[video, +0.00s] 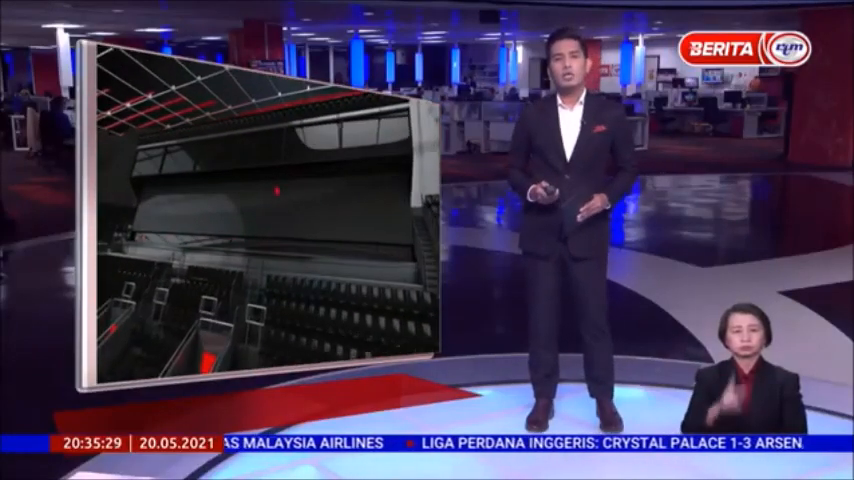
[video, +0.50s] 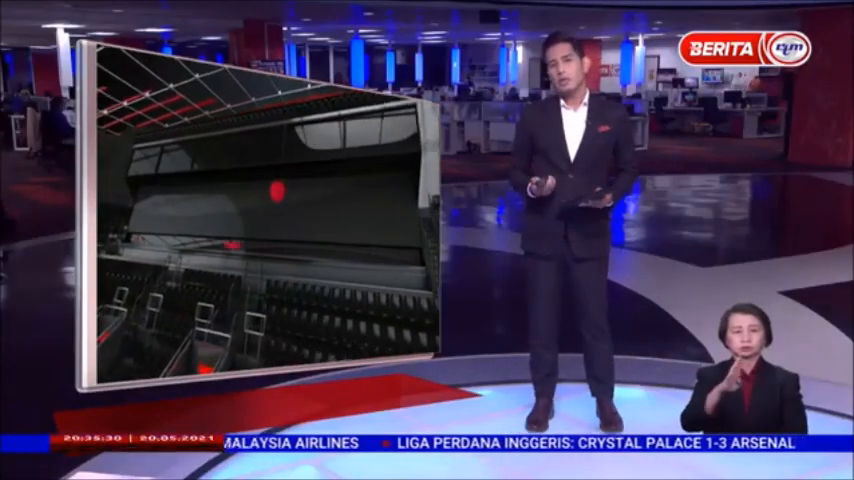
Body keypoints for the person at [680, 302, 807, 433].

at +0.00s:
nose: (745, 338)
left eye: (753, 330)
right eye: (737, 331)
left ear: (765, 337)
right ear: (725, 339)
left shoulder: (785, 381)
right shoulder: (708, 377)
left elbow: (796, 437)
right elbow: (689, 429)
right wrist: (719, 408)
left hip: (768, 464)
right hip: (715, 463)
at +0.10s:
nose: (745, 338)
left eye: (753, 330)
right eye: (737, 331)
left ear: (765, 337)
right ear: (725, 340)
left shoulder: (785, 381)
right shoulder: (709, 376)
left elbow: (796, 438)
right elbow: (691, 425)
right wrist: (722, 388)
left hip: (769, 464)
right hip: (717, 463)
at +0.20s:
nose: (745, 338)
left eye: (753, 330)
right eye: (737, 331)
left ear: (765, 337)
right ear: (725, 340)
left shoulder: (785, 381)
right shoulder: (709, 376)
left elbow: (796, 437)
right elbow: (691, 423)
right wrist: (724, 385)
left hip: (769, 464)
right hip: (718, 462)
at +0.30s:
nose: (745, 338)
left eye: (753, 330)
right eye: (737, 331)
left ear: (765, 337)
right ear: (725, 340)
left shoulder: (785, 381)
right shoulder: (710, 377)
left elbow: (797, 436)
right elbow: (692, 425)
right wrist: (725, 389)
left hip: (770, 464)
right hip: (718, 462)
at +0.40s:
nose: (746, 338)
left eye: (753, 330)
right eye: (737, 331)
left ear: (765, 337)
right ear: (726, 340)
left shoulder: (785, 381)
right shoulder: (710, 377)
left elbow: (797, 437)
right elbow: (691, 425)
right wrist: (723, 389)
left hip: (770, 464)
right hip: (719, 462)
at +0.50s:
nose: (746, 338)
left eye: (753, 330)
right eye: (737, 331)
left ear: (765, 337)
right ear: (726, 340)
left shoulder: (785, 381)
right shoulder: (710, 376)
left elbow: (797, 435)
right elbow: (689, 423)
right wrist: (720, 390)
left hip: (769, 464)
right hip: (717, 463)